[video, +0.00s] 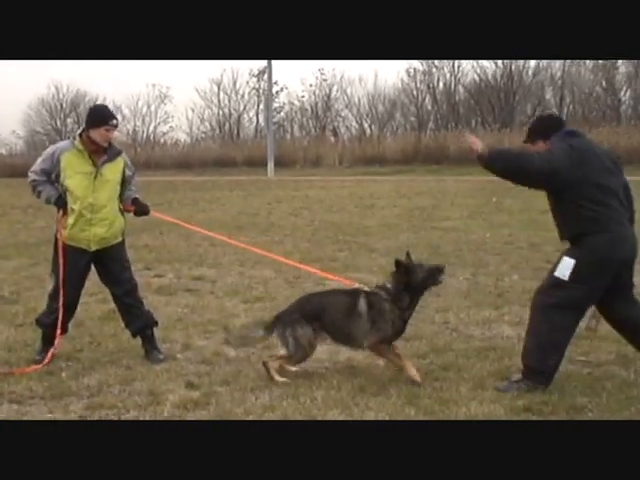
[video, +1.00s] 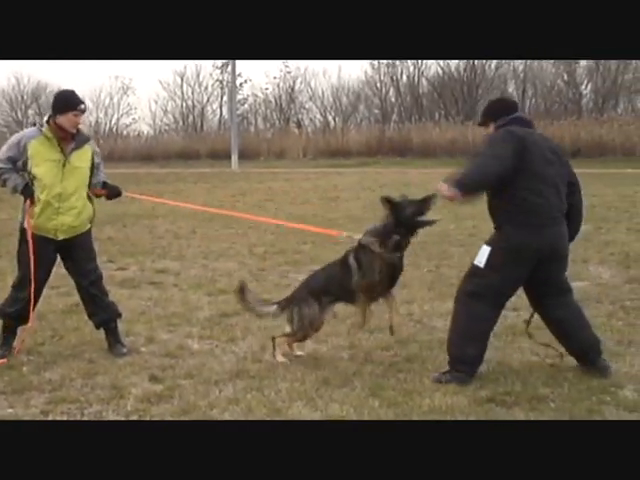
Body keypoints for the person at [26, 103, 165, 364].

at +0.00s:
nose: (111, 134)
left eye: (113, 129)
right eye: (107, 129)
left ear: (112, 130)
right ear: (90, 128)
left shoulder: (118, 157)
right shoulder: (61, 152)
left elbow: (128, 186)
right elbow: (37, 178)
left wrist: (132, 202)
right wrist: (56, 197)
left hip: (110, 238)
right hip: (73, 239)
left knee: (127, 291)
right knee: (65, 295)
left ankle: (149, 342)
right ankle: (48, 344)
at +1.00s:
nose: (79, 119)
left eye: (81, 114)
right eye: (74, 114)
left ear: (80, 116)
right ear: (57, 115)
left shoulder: (87, 145)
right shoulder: (28, 140)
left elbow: (96, 176)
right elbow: (4, 166)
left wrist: (101, 188)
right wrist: (21, 185)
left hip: (77, 229)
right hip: (38, 230)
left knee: (91, 283)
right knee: (28, 286)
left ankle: (113, 335)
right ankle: (7, 335)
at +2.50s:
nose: (68, 104)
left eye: (71, 100)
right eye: (63, 99)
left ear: (72, 102)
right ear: (47, 100)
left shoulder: (83, 134)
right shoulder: (20, 130)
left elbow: (99, 166)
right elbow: (3, 158)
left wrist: (113, 176)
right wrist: (18, 176)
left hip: (79, 215)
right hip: (39, 217)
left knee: (92, 269)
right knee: (41, 273)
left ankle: (111, 326)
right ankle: (46, 319)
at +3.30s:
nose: (79, 96)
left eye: (80, 91)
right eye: (75, 91)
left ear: (75, 93)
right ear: (58, 92)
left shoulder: (83, 124)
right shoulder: (25, 116)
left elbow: (91, 159)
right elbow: (2, 143)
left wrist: (109, 165)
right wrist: (19, 163)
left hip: (76, 205)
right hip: (37, 205)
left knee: (91, 259)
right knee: (26, 265)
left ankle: (112, 310)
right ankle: (9, 314)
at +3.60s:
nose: (45, 98)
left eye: (46, 93)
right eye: (40, 93)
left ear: (42, 94)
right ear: (22, 94)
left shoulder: (47, 126)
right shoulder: (3, 123)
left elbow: (52, 162)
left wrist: (69, 168)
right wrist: (2, 178)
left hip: (40, 207)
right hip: (7, 210)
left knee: (56, 260)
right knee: (0, 264)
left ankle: (79, 311)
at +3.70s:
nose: (37, 98)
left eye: (38, 93)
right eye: (32, 93)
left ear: (36, 95)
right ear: (14, 94)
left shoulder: (38, 125)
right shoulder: (3, 121)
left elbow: (43, 161)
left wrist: (58, 168)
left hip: (33, 207)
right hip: (5, 210)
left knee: (48, 260)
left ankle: (72, 311)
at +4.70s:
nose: (2, 102)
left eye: (2, 96)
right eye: (2, 97)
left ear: (4, 98)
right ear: (3, 99)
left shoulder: (11, 130)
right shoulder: (11, 131)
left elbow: (21, 157)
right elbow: (21, 157)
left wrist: (25, 172)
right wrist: (24, 171)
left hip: (6, 207)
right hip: (5, 208)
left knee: (13, 263)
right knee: (11, 263)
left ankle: (34, 319)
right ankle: (33, 318)